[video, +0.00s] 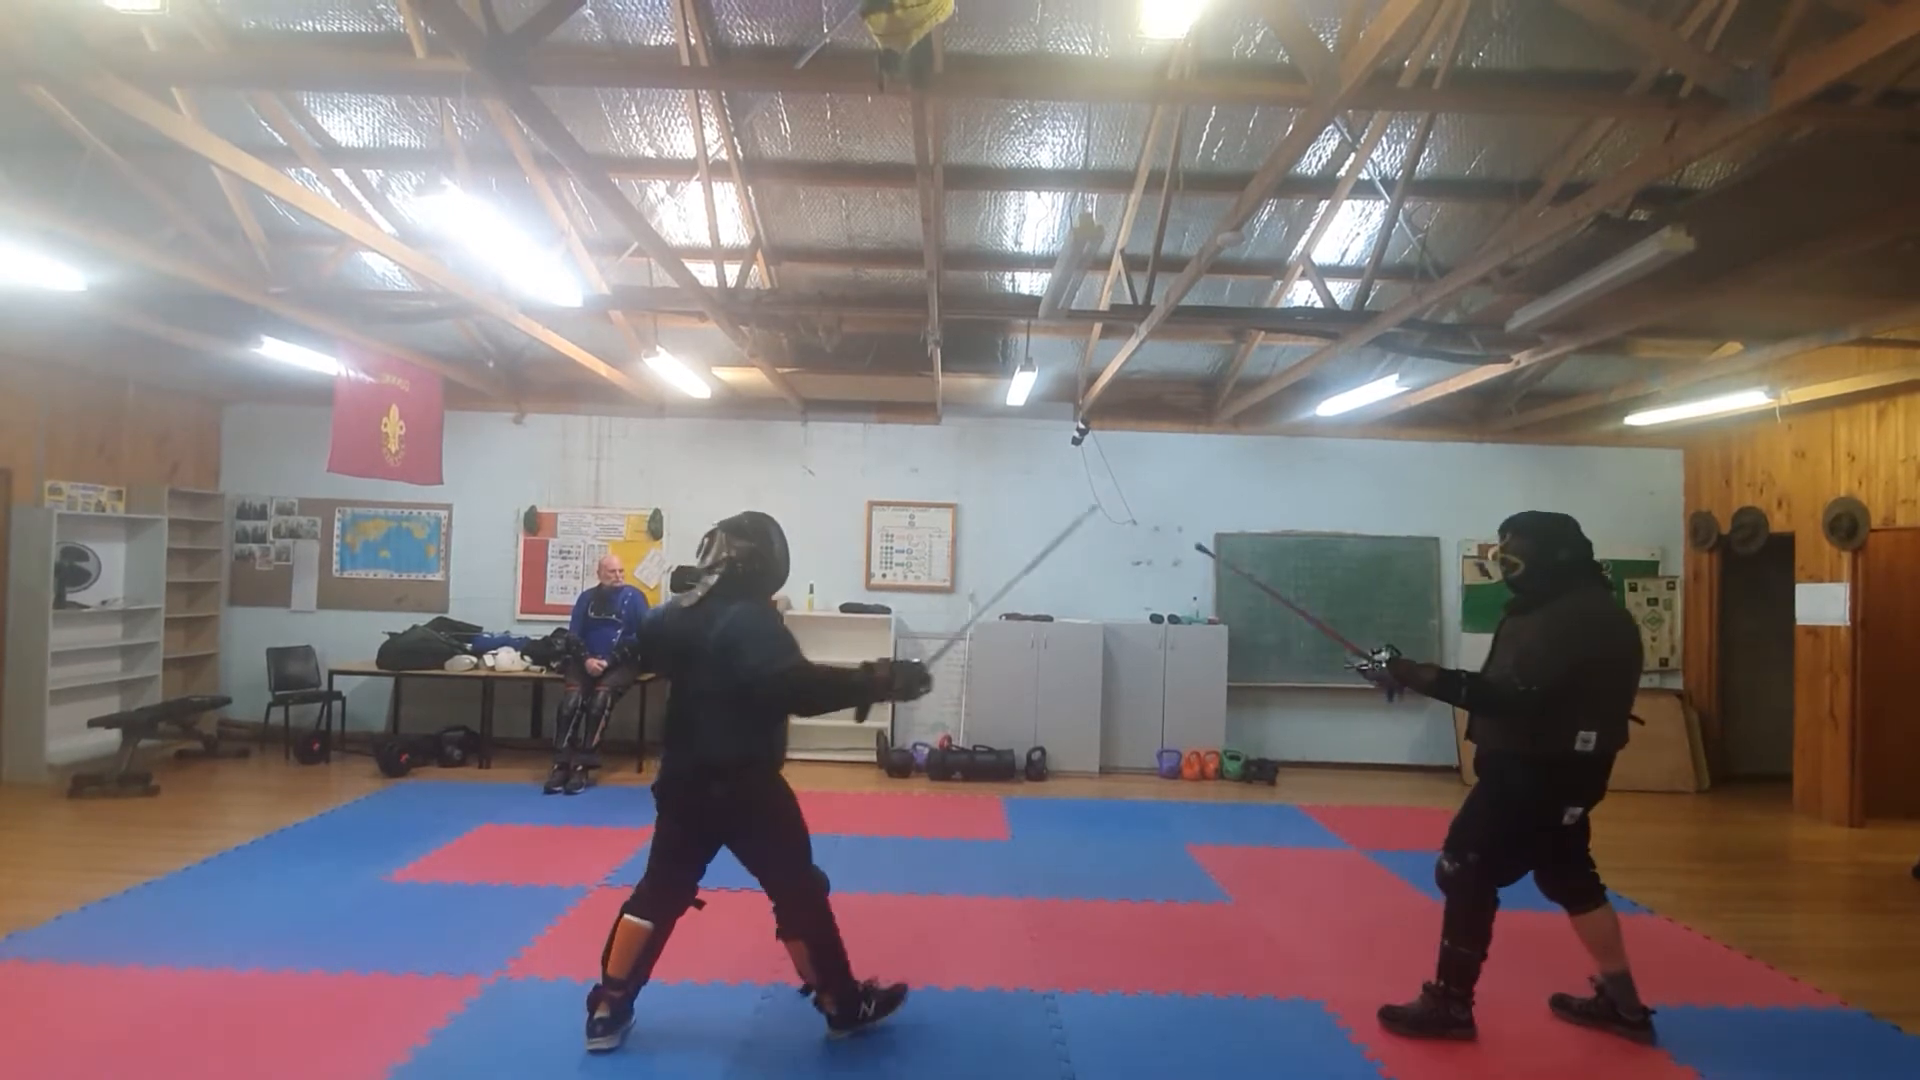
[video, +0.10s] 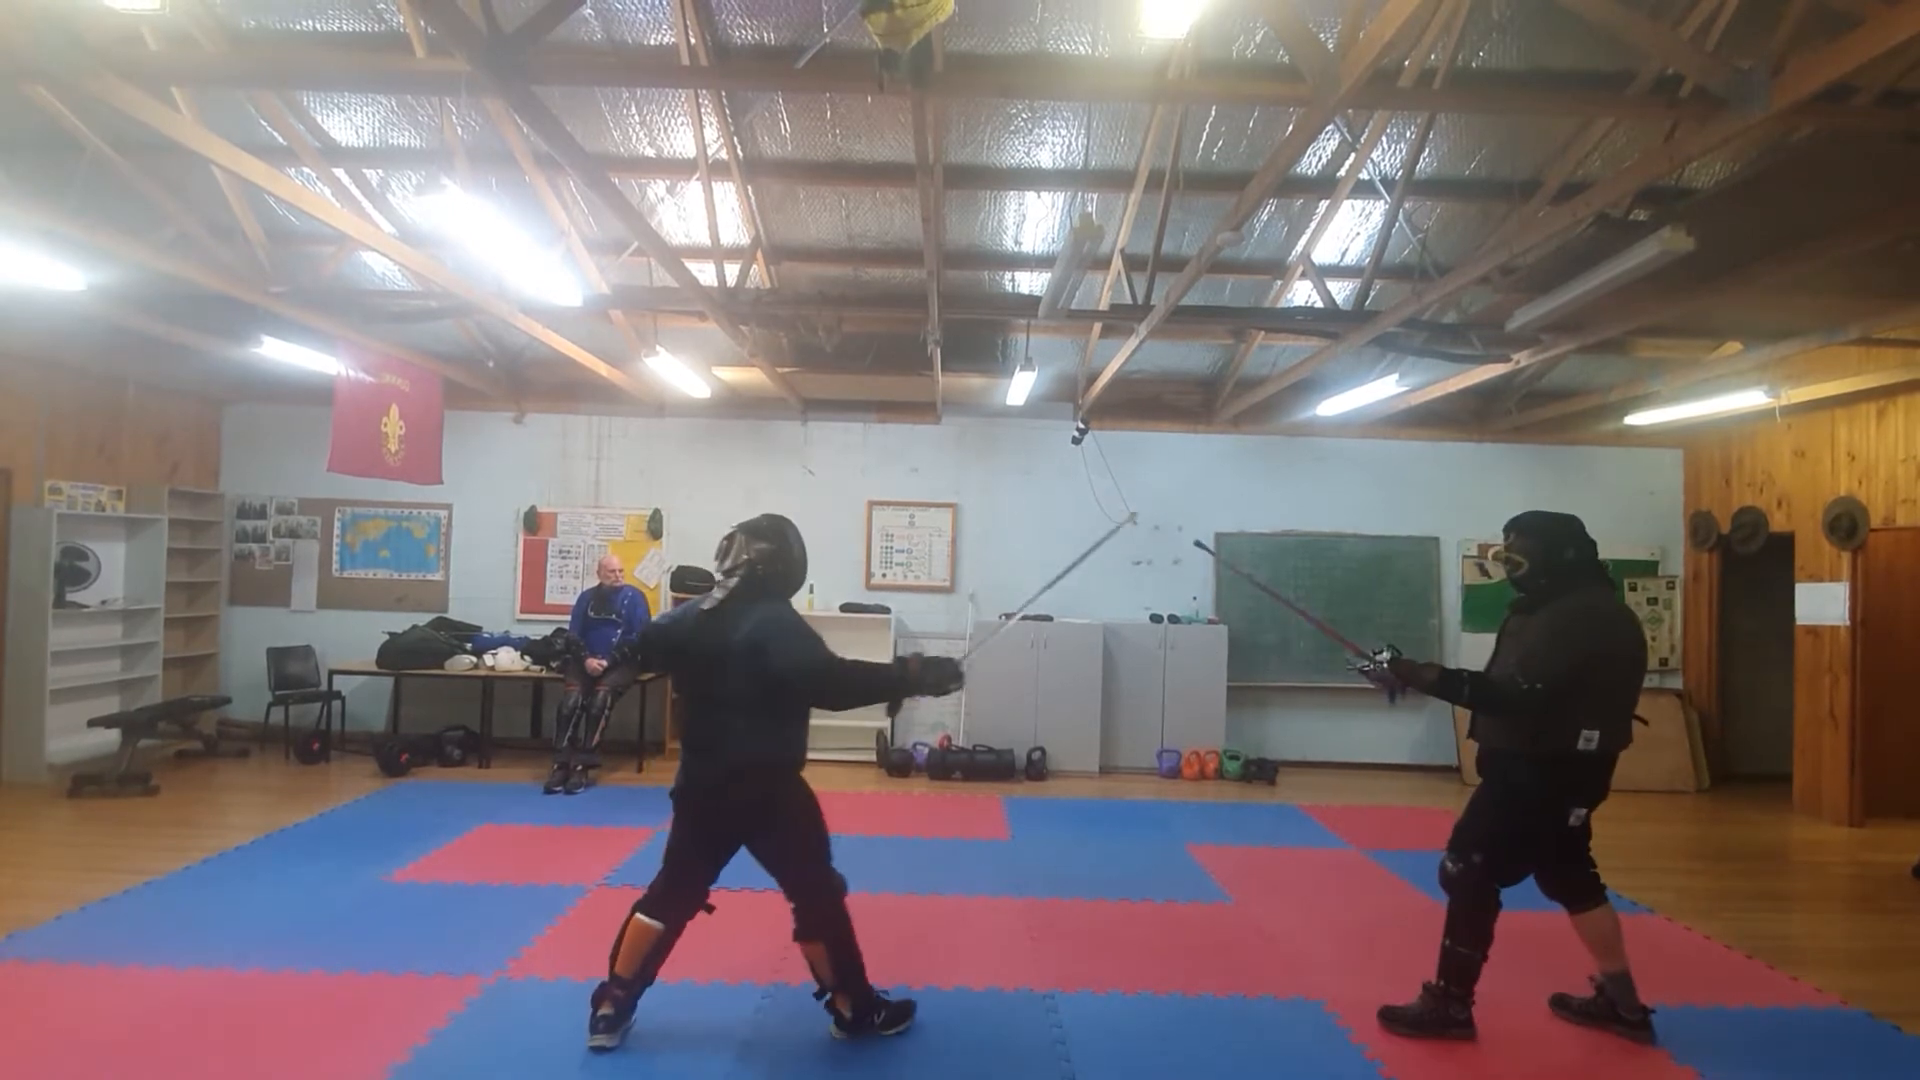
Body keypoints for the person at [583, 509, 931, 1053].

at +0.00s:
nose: (781, 576)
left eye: (718, 552)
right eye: (779, 565)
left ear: (717, 556)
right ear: (770, 565)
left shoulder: (687, 616)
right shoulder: (754, 620)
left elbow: (648, 640)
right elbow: (788, 686)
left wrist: (679, 600)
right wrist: (874, 681)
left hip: (685, 789)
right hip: (751, 792)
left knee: (659, 891)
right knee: (799, 893)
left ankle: (607, 1009)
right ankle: (842, 1004)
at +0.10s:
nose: (799, 573)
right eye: (797, 564)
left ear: (730, 560)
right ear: (787, 566)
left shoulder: (694, 621)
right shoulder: (778, 623)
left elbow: (643, 643)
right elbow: (826, 681)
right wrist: (910, 675)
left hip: (703, 793)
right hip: (773, 794)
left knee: (671, 892)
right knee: (817, 895)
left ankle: (611, 1008)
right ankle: (854, 1009)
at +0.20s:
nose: (815, 572)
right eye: (813, 563)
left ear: (748, 561)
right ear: (803, 566)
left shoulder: (715, 618)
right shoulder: (797, 622)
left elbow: (671, 636)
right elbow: (849, 674)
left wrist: (728, 598)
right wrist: (934, 668)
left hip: (722, 789)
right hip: (793, 789)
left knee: (689, 885)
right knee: (840, 887)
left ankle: (622, 996)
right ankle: (855, 1008)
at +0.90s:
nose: (804, 581)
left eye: (800, 572)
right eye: (802, 571)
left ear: (739, 567)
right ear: (791, 573)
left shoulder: (700, 626)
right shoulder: (773, 628)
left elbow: (679, 636)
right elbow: (818, 687)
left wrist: (724, 598)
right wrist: (905, 672)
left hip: (705, 797)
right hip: (771, 799)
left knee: (687, 890)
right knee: (830, 895)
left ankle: (631, 1006)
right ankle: (858, 1011)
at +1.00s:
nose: (787, 586)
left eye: (784, 576)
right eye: (785, 575)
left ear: (722, 567)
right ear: (772, 575)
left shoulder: (692, 623)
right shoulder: (754, 628)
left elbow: (649, 644)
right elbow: (794, 686)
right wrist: (883, 677)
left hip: (685, 794)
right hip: (747, 798)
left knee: (676, 891)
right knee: (806, 895)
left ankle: (626, 1010)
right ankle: (851, 1008)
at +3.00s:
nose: (780, 575)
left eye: (778, 564)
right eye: (778, 565)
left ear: (716, 557)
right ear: (766, 564)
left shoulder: (682, 618)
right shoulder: (757, 618)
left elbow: (632, 649)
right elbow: (804, 675)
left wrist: (610, 674)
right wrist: (890, 668)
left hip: (692, 789)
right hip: (760, 790)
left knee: (678, 889)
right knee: (813, 886)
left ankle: (627, 1010)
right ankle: (801, 1010)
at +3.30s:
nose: (783, 573)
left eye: (779, 562)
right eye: (781, 563)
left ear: (720, 556)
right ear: (771, 562)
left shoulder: (687, 614)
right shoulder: (758, 616)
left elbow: (634, 649)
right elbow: (803, 677)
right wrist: (893, 671)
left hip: (695, 786)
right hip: (763, 787)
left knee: (681, 888)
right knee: (815, 883)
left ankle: (628, 1010)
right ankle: (801, 1009)